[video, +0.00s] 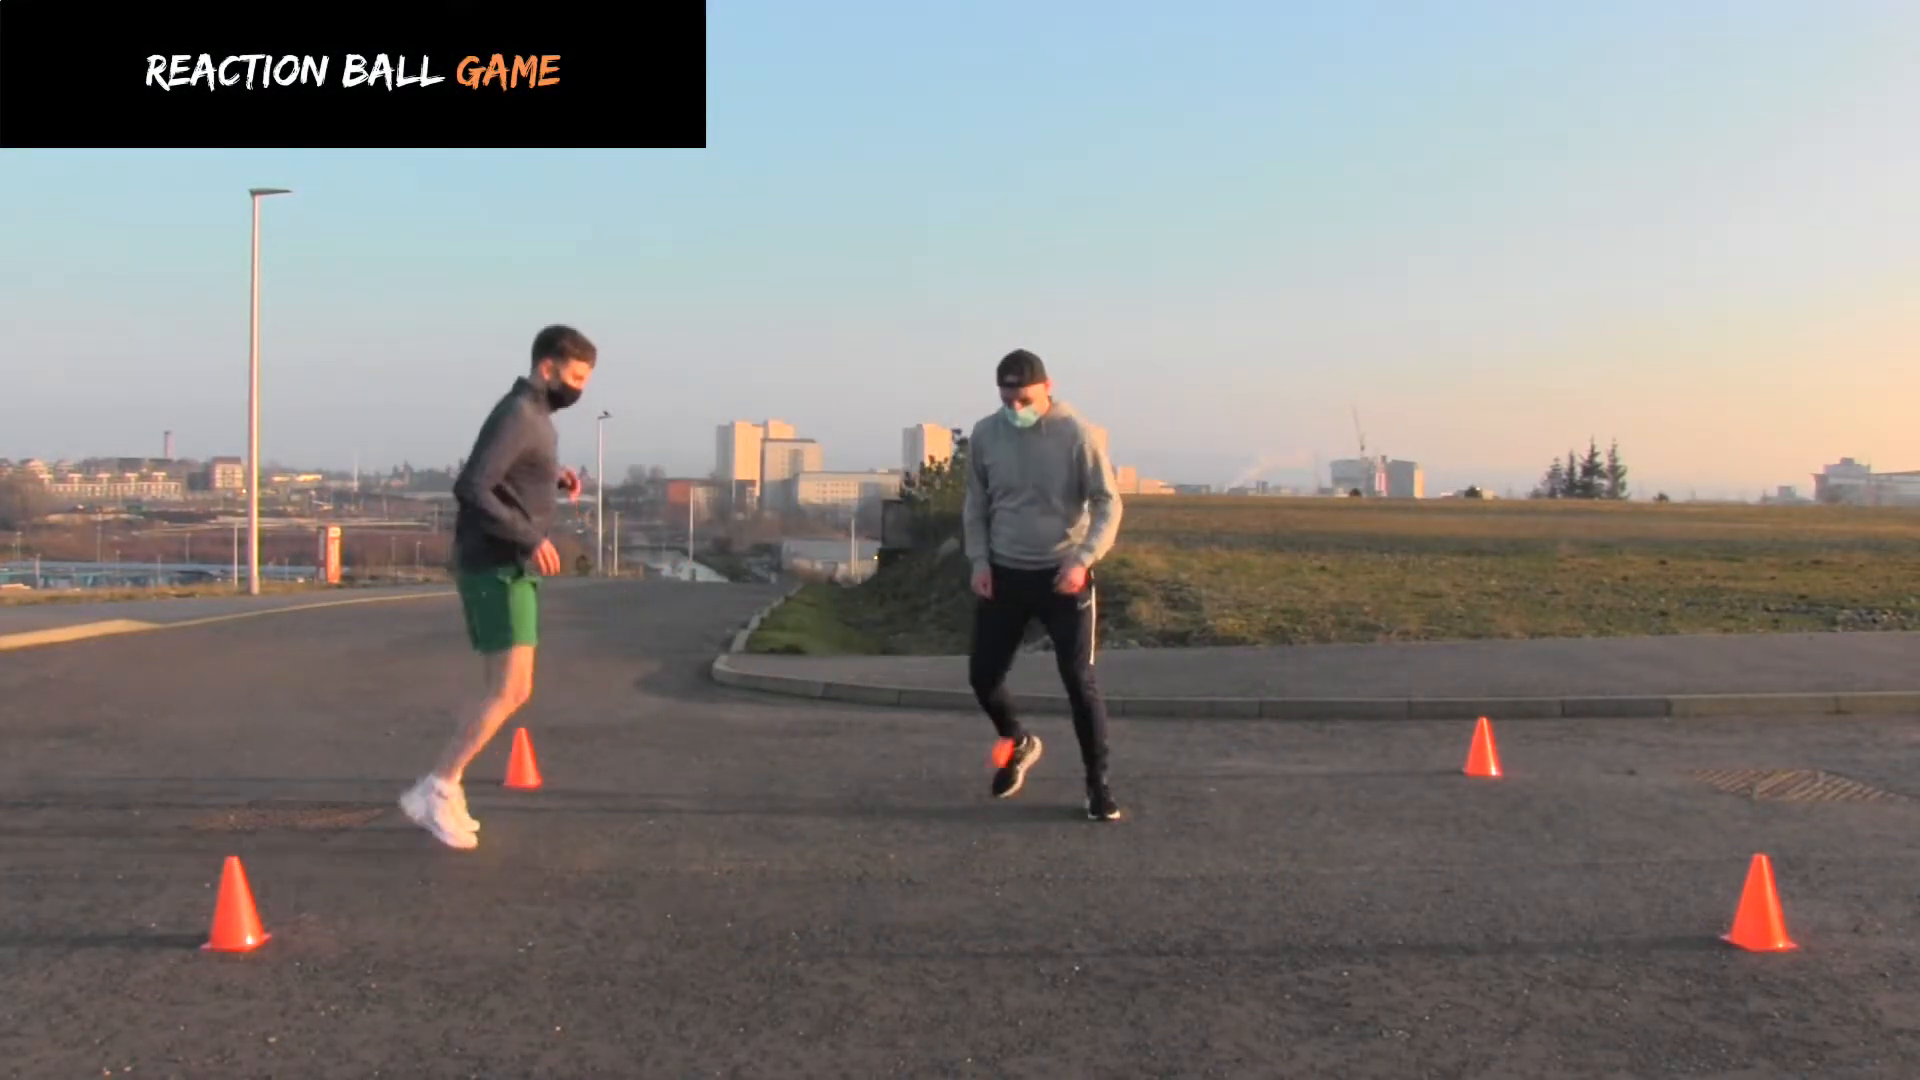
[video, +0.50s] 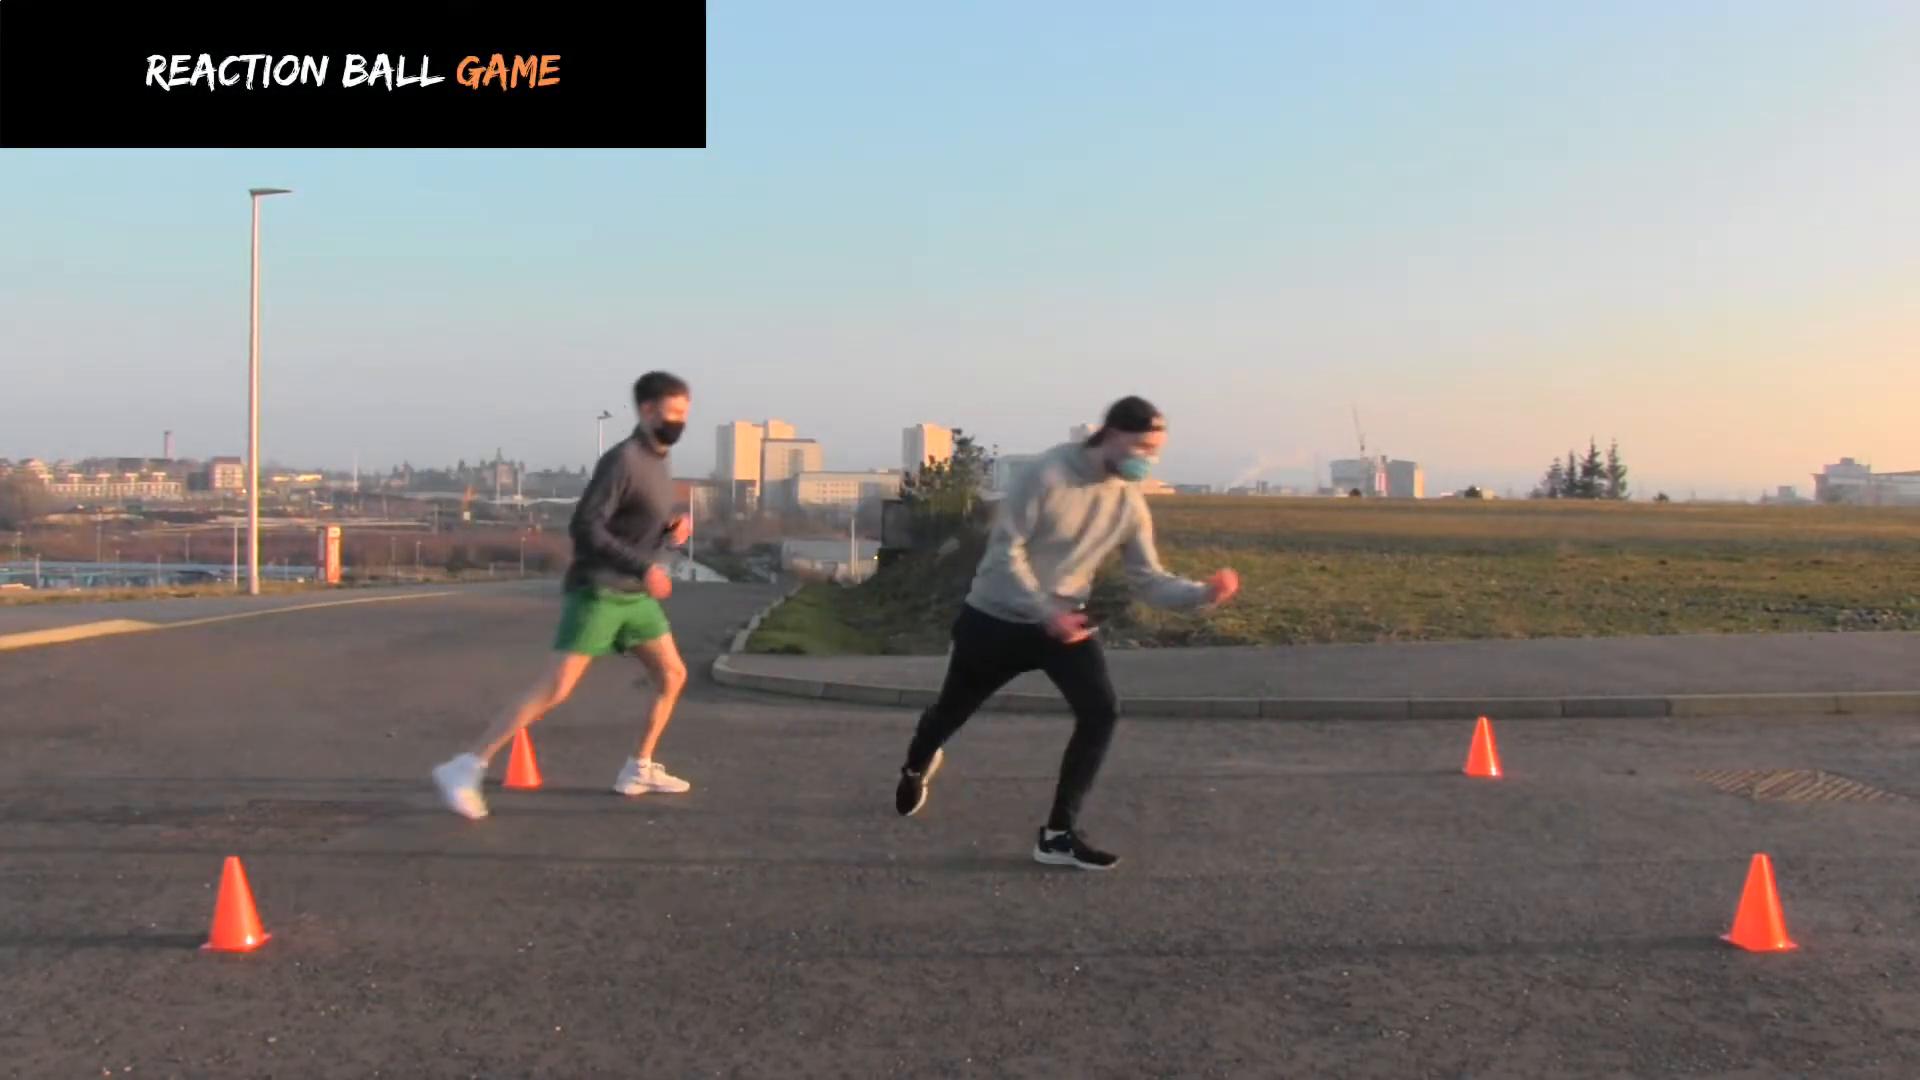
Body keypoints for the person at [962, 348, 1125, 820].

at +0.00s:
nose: (1016, 405)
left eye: (1025, 397)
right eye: (1008, 397)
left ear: (1046, 388)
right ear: (998, 392)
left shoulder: (1077, 434)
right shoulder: (984, 435)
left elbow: (1108, 503)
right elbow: (975, 504)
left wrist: (1084, 559)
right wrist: (979, 561)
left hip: (1064, 576)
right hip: (1004, 575)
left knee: (1081, 681)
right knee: (984, 677)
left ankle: (1098, 787)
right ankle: (1017, 741)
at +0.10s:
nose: (1002, 403)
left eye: (1010, 393)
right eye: (993, 395)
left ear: (1029, 388)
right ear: (982, 393)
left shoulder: (1057, 434)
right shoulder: (971, 436)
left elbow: (1082, 509)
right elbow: (964, 508)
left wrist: (1077, 574)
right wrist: (970, 563)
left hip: (1053, 575)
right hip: (995, 575)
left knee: (1075, 681)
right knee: (964, 675)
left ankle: (1103, 785)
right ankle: (970, 771)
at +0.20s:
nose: (1007, 411)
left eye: (1015, 401)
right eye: (997, 402)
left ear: (1029, 402)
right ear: (981, 406)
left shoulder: (1050, 453)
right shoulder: (961, 453)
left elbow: (1074, 531)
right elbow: (953, 527)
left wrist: (1099, 594)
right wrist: (968, 579)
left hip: (1049, 587)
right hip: (986, 590)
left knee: (1079, 690)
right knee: (947, 689)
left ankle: (1121, 784)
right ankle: (944, 785)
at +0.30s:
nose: (1047, 445)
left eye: (1052, 436)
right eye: (1038, 436)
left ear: (1056, 431)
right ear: (1008, 428)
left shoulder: (1056, 477)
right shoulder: (963, 473)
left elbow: (1087, 551)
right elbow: (946, 549)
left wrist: (1136, 607)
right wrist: (978, 609)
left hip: (1046, 606)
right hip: (976, 607)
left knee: (1084, 699)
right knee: (926, 709)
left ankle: (1125, 809)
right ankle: (944, 782)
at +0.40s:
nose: (1079, 453)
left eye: (1083, 444)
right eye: (1072, 443)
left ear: (1081, 441)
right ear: (1042, 435)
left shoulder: (1078, 490)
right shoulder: (984, 478)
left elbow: (1107, 562)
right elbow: (959, 558)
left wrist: (1163, 615)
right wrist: (995, 618)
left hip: (1052, 614)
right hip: (983, 614)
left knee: (1087, 694)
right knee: (929, 715)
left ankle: (1083, 824)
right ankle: (941, 779)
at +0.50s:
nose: (1148, 463)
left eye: (1154, 454)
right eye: (1142, 451)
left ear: (1147, 449)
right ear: (1112, 437)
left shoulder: (1128, 502)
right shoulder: (1045, 475)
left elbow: (1146, 581)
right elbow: (1002, 554)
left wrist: (1203, 593)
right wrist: (1048, 610)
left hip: (1062, 625)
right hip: (998, 618)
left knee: (1100, 713)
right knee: (949, 713)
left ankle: (1058, 834)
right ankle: (916, 769)